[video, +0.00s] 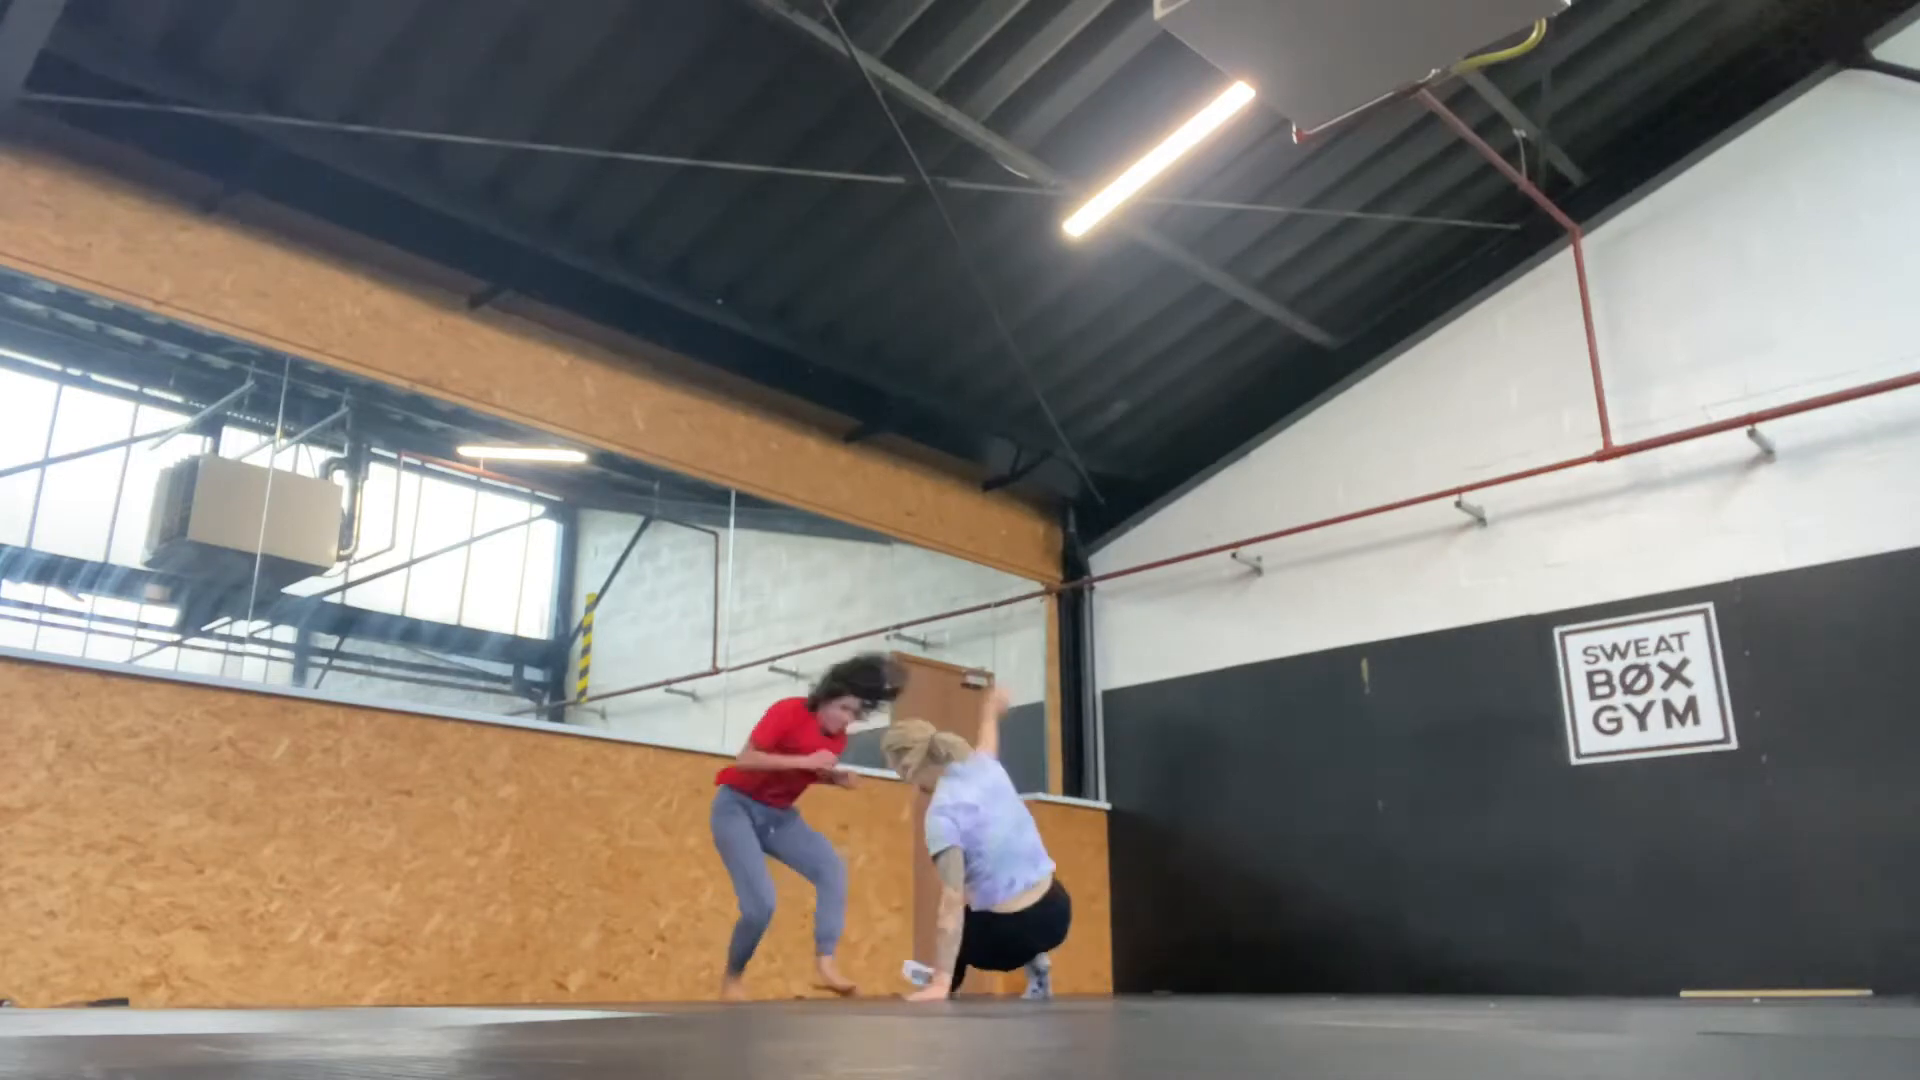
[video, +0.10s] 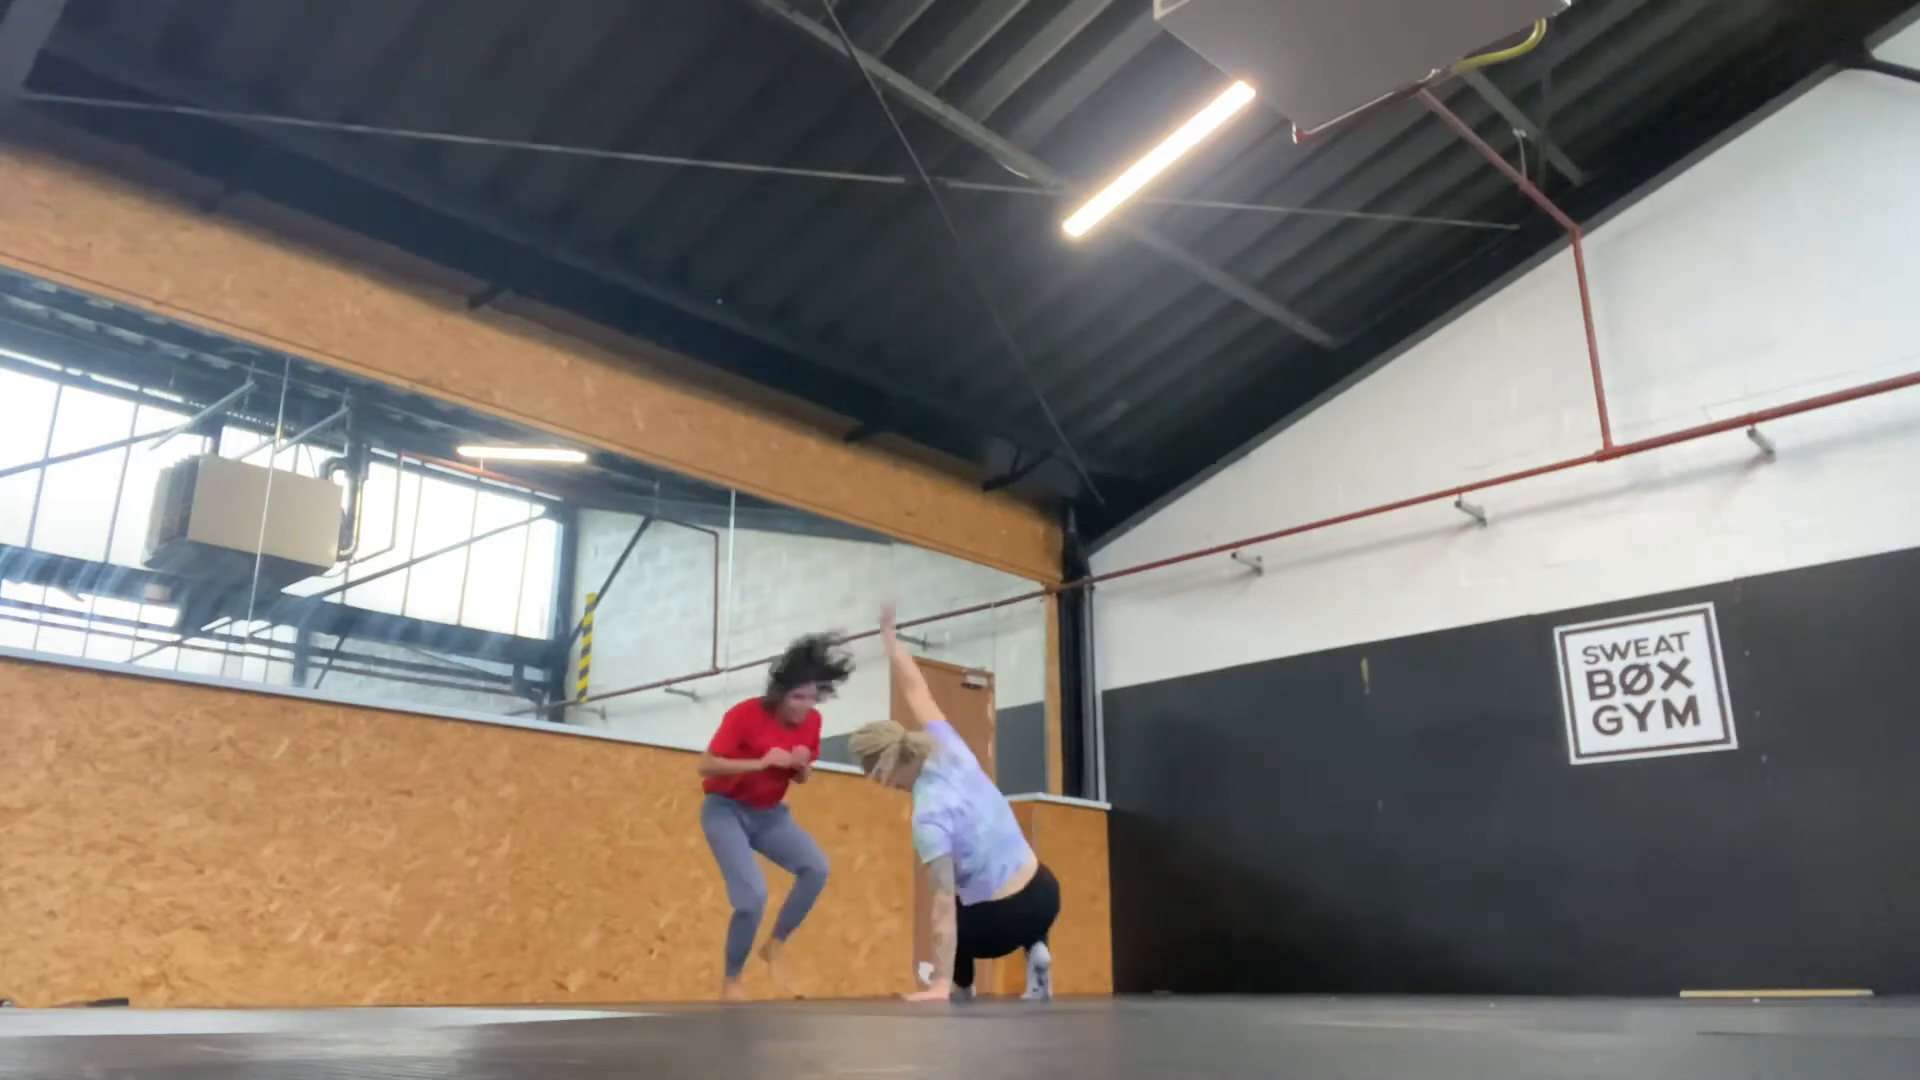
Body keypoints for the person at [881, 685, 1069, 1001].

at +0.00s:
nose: (908, 781)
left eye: (903, 773)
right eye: (902, 775)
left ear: (911, 768)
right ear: (938, 745)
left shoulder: (941, 814)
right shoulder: (984, 764)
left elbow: (952, 902)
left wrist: (940, 984)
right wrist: (991, 709)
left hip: (1005, 940)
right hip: (1056, 916)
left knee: (952, 926)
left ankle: (946, 989)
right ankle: (1038, 967)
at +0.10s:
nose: (878, 782)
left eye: (876, 773)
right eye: (873, 775)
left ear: (891, 764)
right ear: (905, 744)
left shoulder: (928, 815)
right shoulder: (947, 744)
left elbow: (945, 901)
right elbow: (917, 691)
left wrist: (942, 984)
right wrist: (891, 641)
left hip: (994, 927)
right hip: (1045, 899)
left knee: (950, 920)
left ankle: (958, 987)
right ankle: (1037, 951)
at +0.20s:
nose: (864, 794)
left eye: (862, 788)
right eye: (856, 790)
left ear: (875, 773)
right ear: (879, 752)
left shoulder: (919, 814)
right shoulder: (908, 742)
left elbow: (941, 900)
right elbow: (846, 696)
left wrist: (942, 982)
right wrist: (799, 677)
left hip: (994, 893)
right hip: (1028, 862)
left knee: (925, 908)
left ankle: (966, 983)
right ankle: (1031, 947)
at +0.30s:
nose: (843, 820)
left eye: (843, 814)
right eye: (835, 813)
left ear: (858, 808)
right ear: (848, 774)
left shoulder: (917, 820)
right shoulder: (867, 756)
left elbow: (938, 912)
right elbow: (800, 775)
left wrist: (940, 985)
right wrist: (773, 817)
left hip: (992, 861)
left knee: (913, 915)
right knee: (921, 883)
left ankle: (964, 981)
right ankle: (1015, 934)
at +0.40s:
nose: (840, 854)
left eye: (845, 849)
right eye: (831, 846)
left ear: (870, 833)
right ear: (834, 808)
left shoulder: (918, 830)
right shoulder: (843, 791)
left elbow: (940, 909)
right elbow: (798, 856)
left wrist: (944, 979)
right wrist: (792, 929)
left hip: (973, 839)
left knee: (908, 929)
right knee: (860, 870)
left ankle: (955, 967)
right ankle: (919, 903)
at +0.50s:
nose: (851, 887)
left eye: (862, 883)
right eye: (846, 879)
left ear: (888, 861)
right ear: (842, 846)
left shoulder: (926, 840)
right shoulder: (833, 818)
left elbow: (941, 913)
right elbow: (809, 895)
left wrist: (943, 981)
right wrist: (805, 978)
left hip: (947, 822)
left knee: (912, 929)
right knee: (809, 860)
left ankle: (946, 965)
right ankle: (789, 915)